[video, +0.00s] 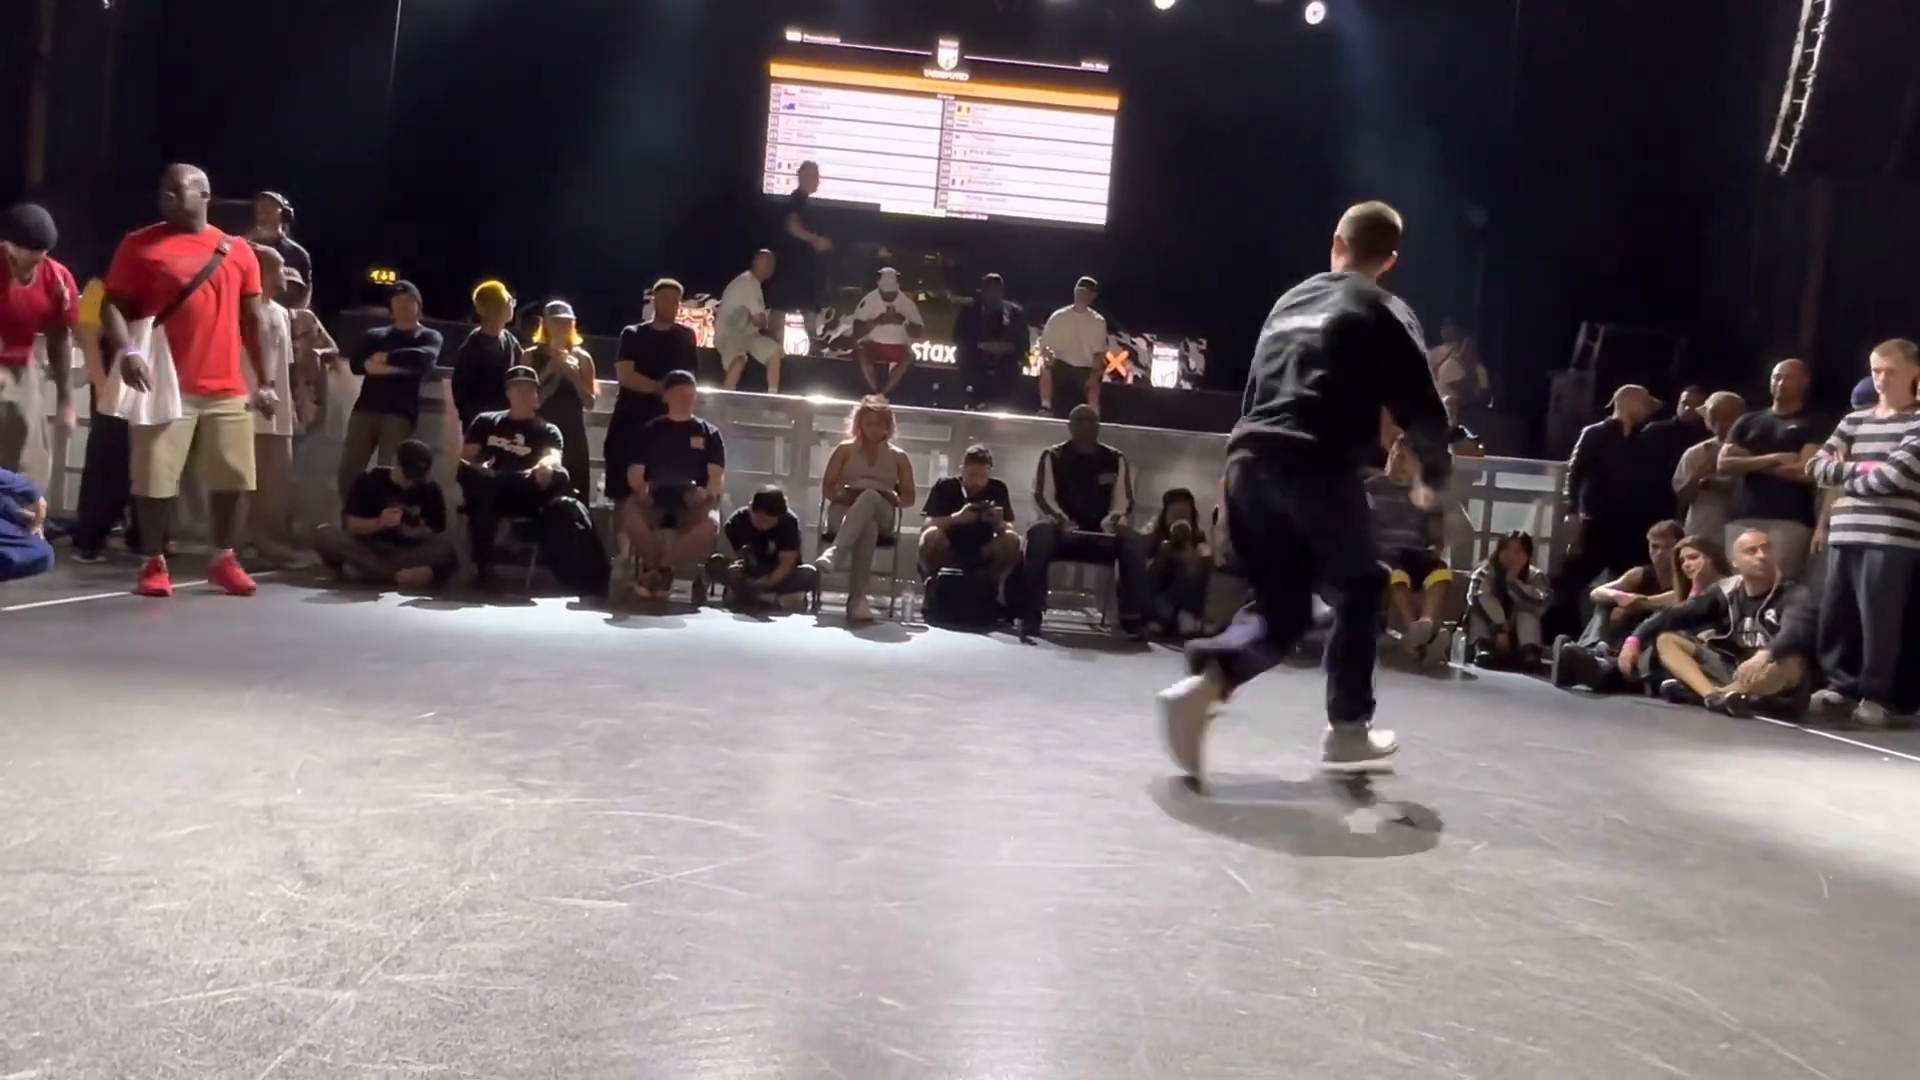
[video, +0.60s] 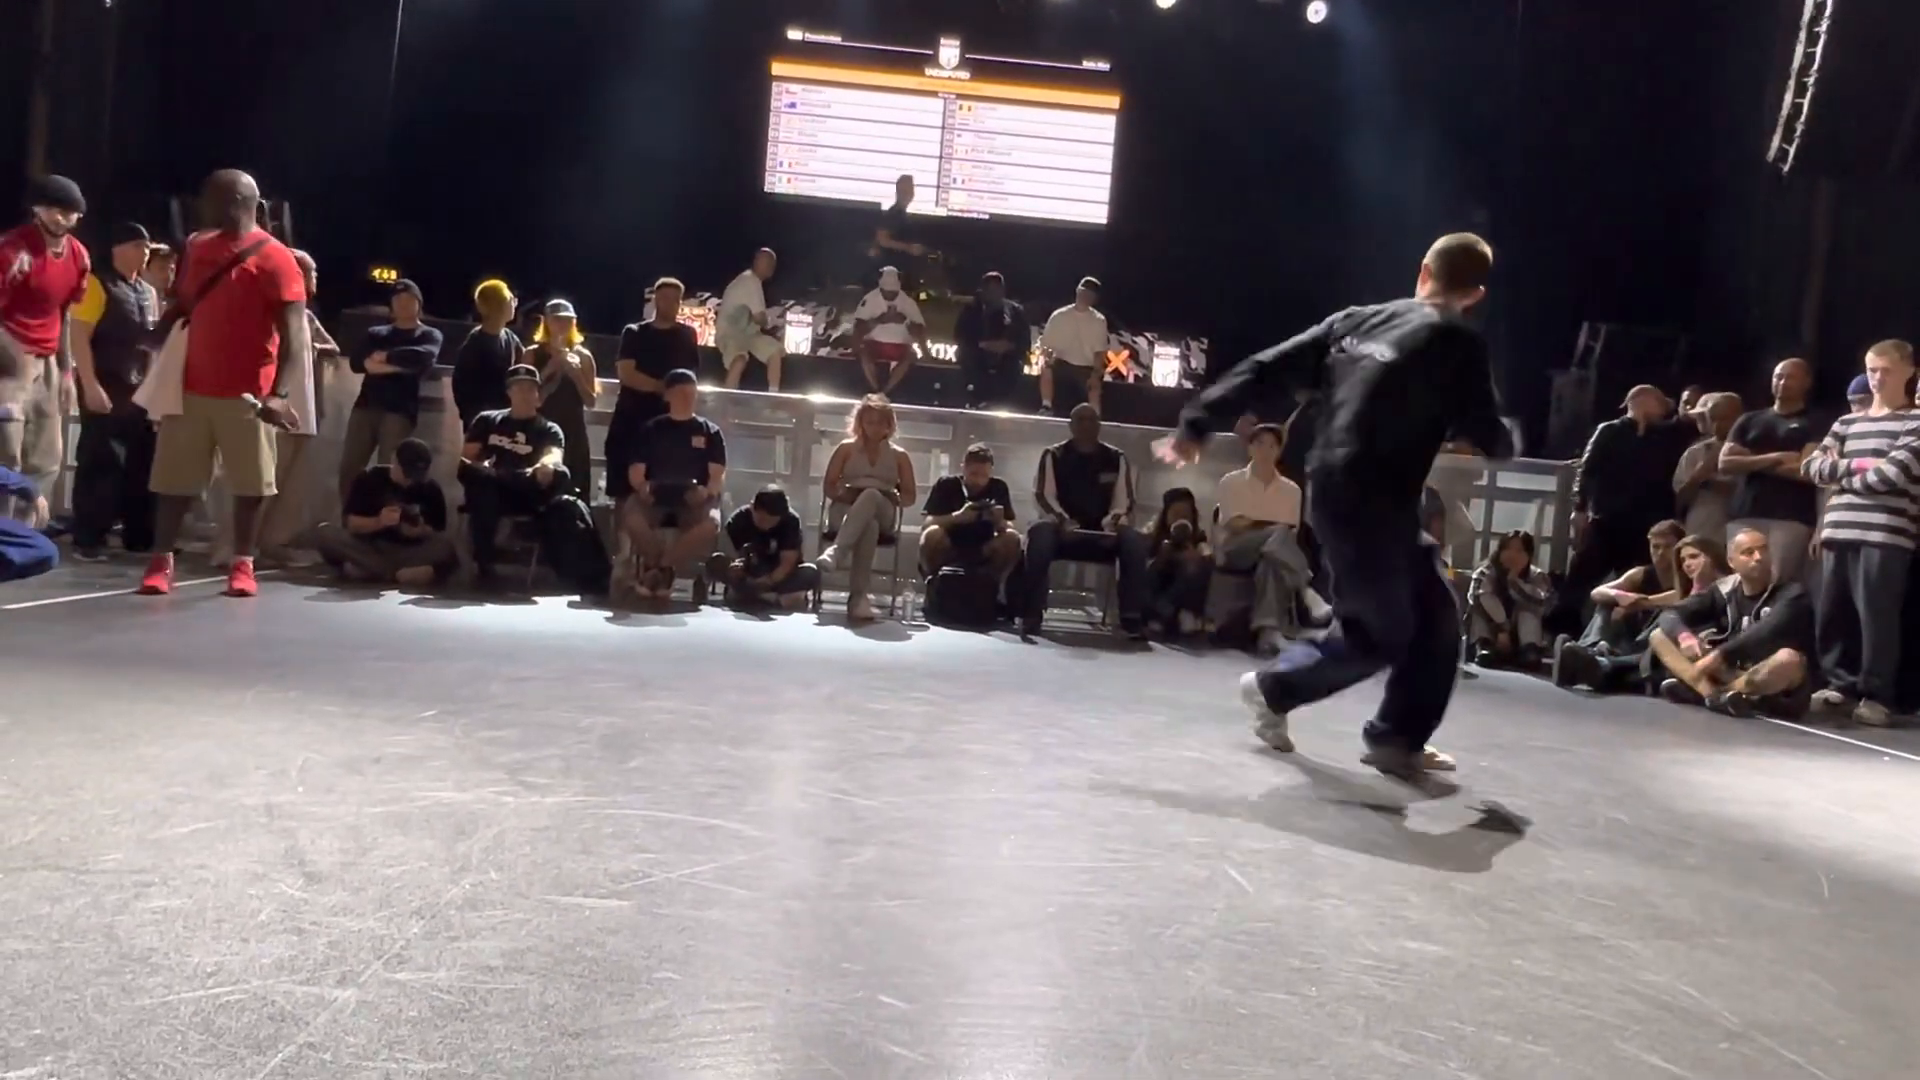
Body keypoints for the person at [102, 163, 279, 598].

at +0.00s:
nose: (174, 196)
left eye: (182, 189)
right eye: (170, 190)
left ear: (205, 195)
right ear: (163, 198)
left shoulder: (238, 250)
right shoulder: (139, 247)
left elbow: (253, 317)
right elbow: (113, 305)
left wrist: (266, 380)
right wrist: (125, 350)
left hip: (227, 390)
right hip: (165, 390)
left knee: (234, 476)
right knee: (155, 481)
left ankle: (225, 557)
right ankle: (155, 563)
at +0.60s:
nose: (213, 206)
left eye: (221, 198)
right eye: (213, 198)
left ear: (247, 204)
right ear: (213, 202)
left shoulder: (278, 259)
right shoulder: (196, 247)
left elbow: (295, 335)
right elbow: (177, 306)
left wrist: (283, 394)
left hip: (248, 397)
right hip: (189, 391)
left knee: (250, 487)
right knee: (173, 483)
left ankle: (243, 564)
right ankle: (161, 562)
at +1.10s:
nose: (209, 207)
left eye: (215, 199)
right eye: (209, 199)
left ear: (242, 202)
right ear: (236, 203)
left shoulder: (274, 258)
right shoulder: (211, 247)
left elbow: (288, 333)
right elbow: (190, 287)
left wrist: (277, 394)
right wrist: (128, 275)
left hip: (239, 393)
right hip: (189, 388)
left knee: (246, 483)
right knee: (177, 476)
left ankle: (242, 566)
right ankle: (180, 559)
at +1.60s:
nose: (175, 211)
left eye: (182, 202)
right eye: (171, 204)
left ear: (206, 200)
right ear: (169, 208)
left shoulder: (239, 252)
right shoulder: (167, 252)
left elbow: (263, 323)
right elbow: (131, 278)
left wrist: (253, 384)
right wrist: (94, 260)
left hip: (223, 390)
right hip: (170, 389)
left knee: (236, 481)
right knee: (171, 480)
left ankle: (239, 565)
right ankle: (178, 562)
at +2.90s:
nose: (190, 212)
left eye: (199, 204)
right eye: (188, 205)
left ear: (226, 207)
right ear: (186, 211)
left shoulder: (254, 263)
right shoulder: (169, 254)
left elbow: (270, 330)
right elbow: (128, 288)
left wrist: (265, 387)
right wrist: (96, 253)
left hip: (223, 393)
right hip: (161, 388)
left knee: (230, 485)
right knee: (145, 480)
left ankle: (224, 565)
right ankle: (137, 560)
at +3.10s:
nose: (161, 213)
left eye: (169, 205)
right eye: (159, 207)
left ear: (194, 207)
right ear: (158, 213)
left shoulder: (227, 259)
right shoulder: (141, 258)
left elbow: (251, 324)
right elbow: (99, 306)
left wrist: (259, 385)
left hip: (206, 395)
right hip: (143, 394)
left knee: (216, 488)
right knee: (136, 487)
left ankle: (219, 569)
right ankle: (133, 566)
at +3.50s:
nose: (112, 224)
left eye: (118, 216)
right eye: (106, 218)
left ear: (140, 217)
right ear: (101, 226)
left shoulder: (180, 261)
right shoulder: (95, 270)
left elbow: (215, 321)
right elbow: (69, 335)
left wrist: (236, 378)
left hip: (181, 403)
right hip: (120, 405)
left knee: (191, 497)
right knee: (120, 498)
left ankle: (197, 574)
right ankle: (125, 575)